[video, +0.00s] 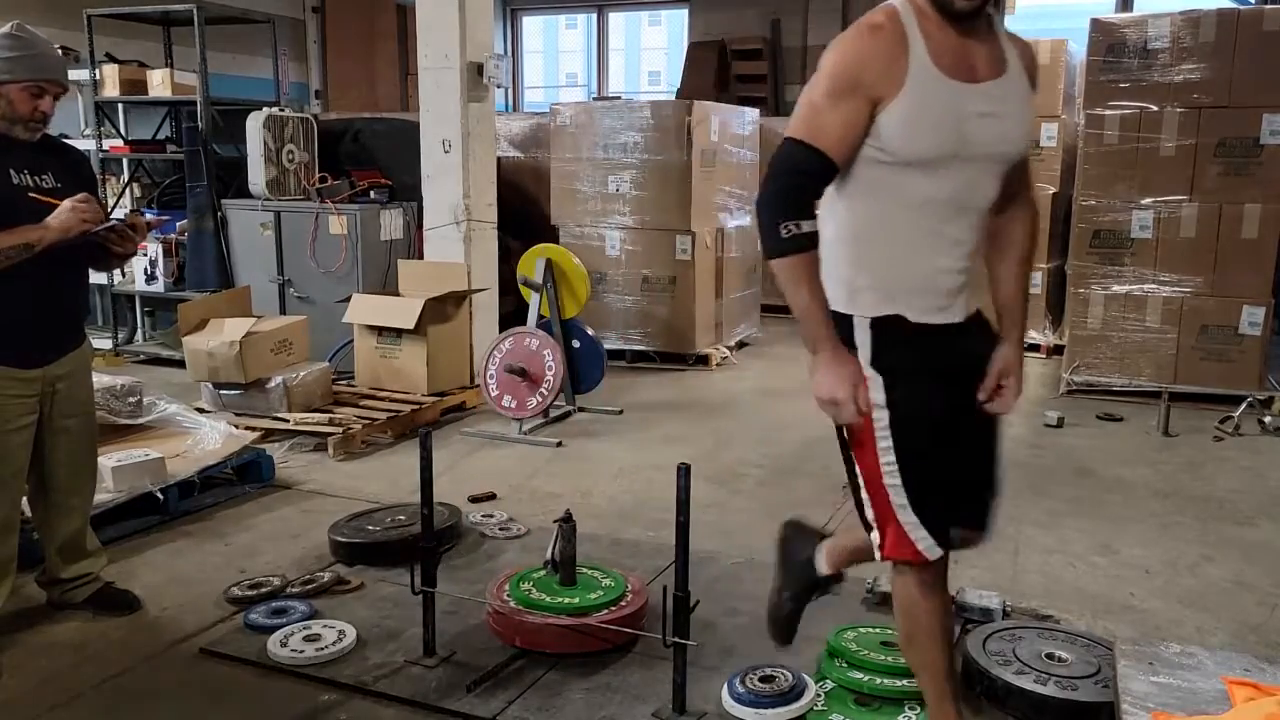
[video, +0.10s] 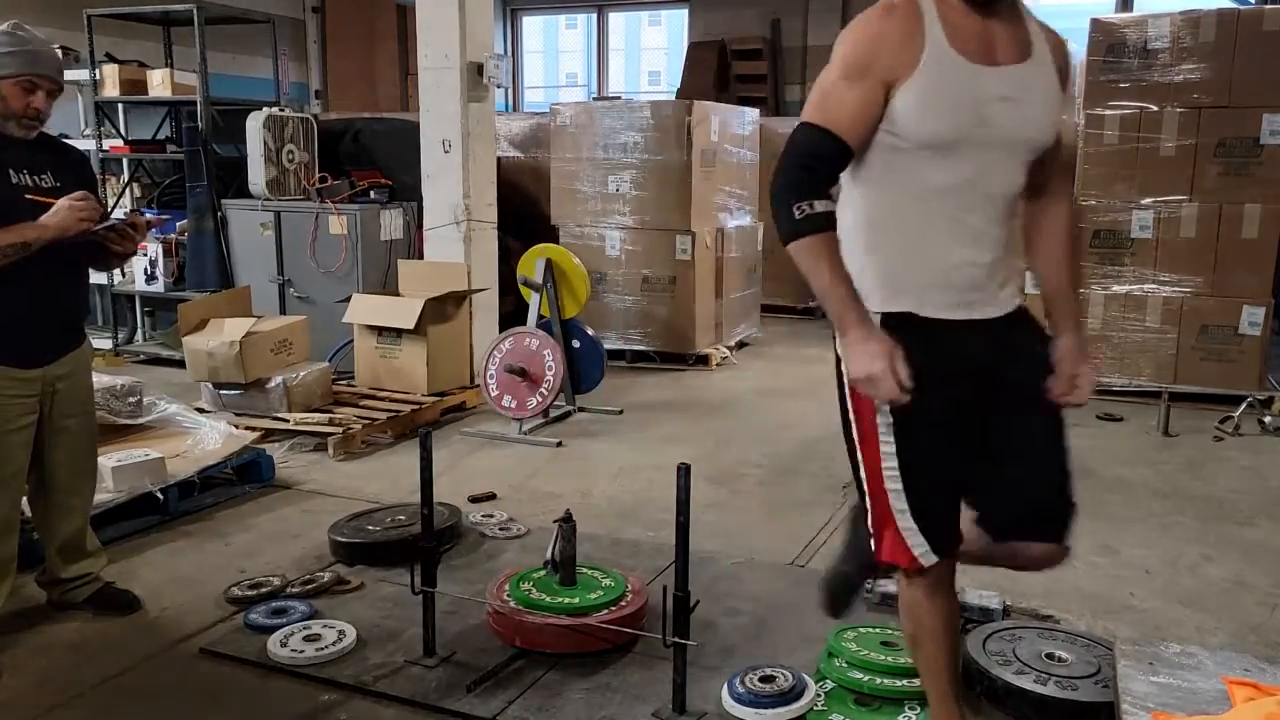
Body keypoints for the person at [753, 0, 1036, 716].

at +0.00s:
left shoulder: (1015, 59)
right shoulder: (873, 47)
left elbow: (1011, 202)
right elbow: (781, 202)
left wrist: (1011, 333)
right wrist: (823, 348)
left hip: (962, 324)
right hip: (875, 325)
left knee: (961, 522)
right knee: (918, 548)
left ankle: (818, 558)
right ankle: (944, 713)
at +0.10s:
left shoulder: (1047, 50)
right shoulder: (891, 30)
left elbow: (1051, 192)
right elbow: (797, 187)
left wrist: (1068, 328)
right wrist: (854, 329)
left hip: (1000, 329)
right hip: (897, 331)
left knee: (1039, 544)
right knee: (926, 556)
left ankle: (884, 532)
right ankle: (947, 712)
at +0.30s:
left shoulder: (1104, 26)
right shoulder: (906, 18)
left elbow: (1143, 168)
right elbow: (819, 178)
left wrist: (1188, 321)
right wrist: (862, 305)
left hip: (1063, 328)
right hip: (934, 332)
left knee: (1090, 562)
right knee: (945, 559)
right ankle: (953, 713)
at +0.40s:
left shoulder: (1131, 17)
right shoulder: (913, 19)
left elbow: (1194, 167)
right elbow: (832, 178)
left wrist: (1235, 344)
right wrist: (839, 314)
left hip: (1079, 340)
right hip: (940, 338)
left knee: (1077, 603)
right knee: (951, 583)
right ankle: (955, 713)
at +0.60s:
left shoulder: (1177, 16)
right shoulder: (940, 25)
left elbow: (1253, 192)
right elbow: (870, 193)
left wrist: (1241, 403)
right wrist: (811, 338)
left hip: (1110, 364)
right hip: (960, 359)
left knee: (1089, 642)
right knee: (952, 619)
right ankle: (959, 718)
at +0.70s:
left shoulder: (1179, 12)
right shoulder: (948, 19)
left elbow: (1256, 198)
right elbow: (898, 182)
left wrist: (1186, 406)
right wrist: (834, 328)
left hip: (1114, 374)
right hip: (954, 363)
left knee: (1094, 655)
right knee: (919, 632)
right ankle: (967, 716)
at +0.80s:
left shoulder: (1177, 8)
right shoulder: (949, 9)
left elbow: (1247, 205)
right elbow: (921, 176)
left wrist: (1113, 402)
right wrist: (861, 321)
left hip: (1098, 375)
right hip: (945, 355)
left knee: (1089, 655)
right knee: (875, 612)